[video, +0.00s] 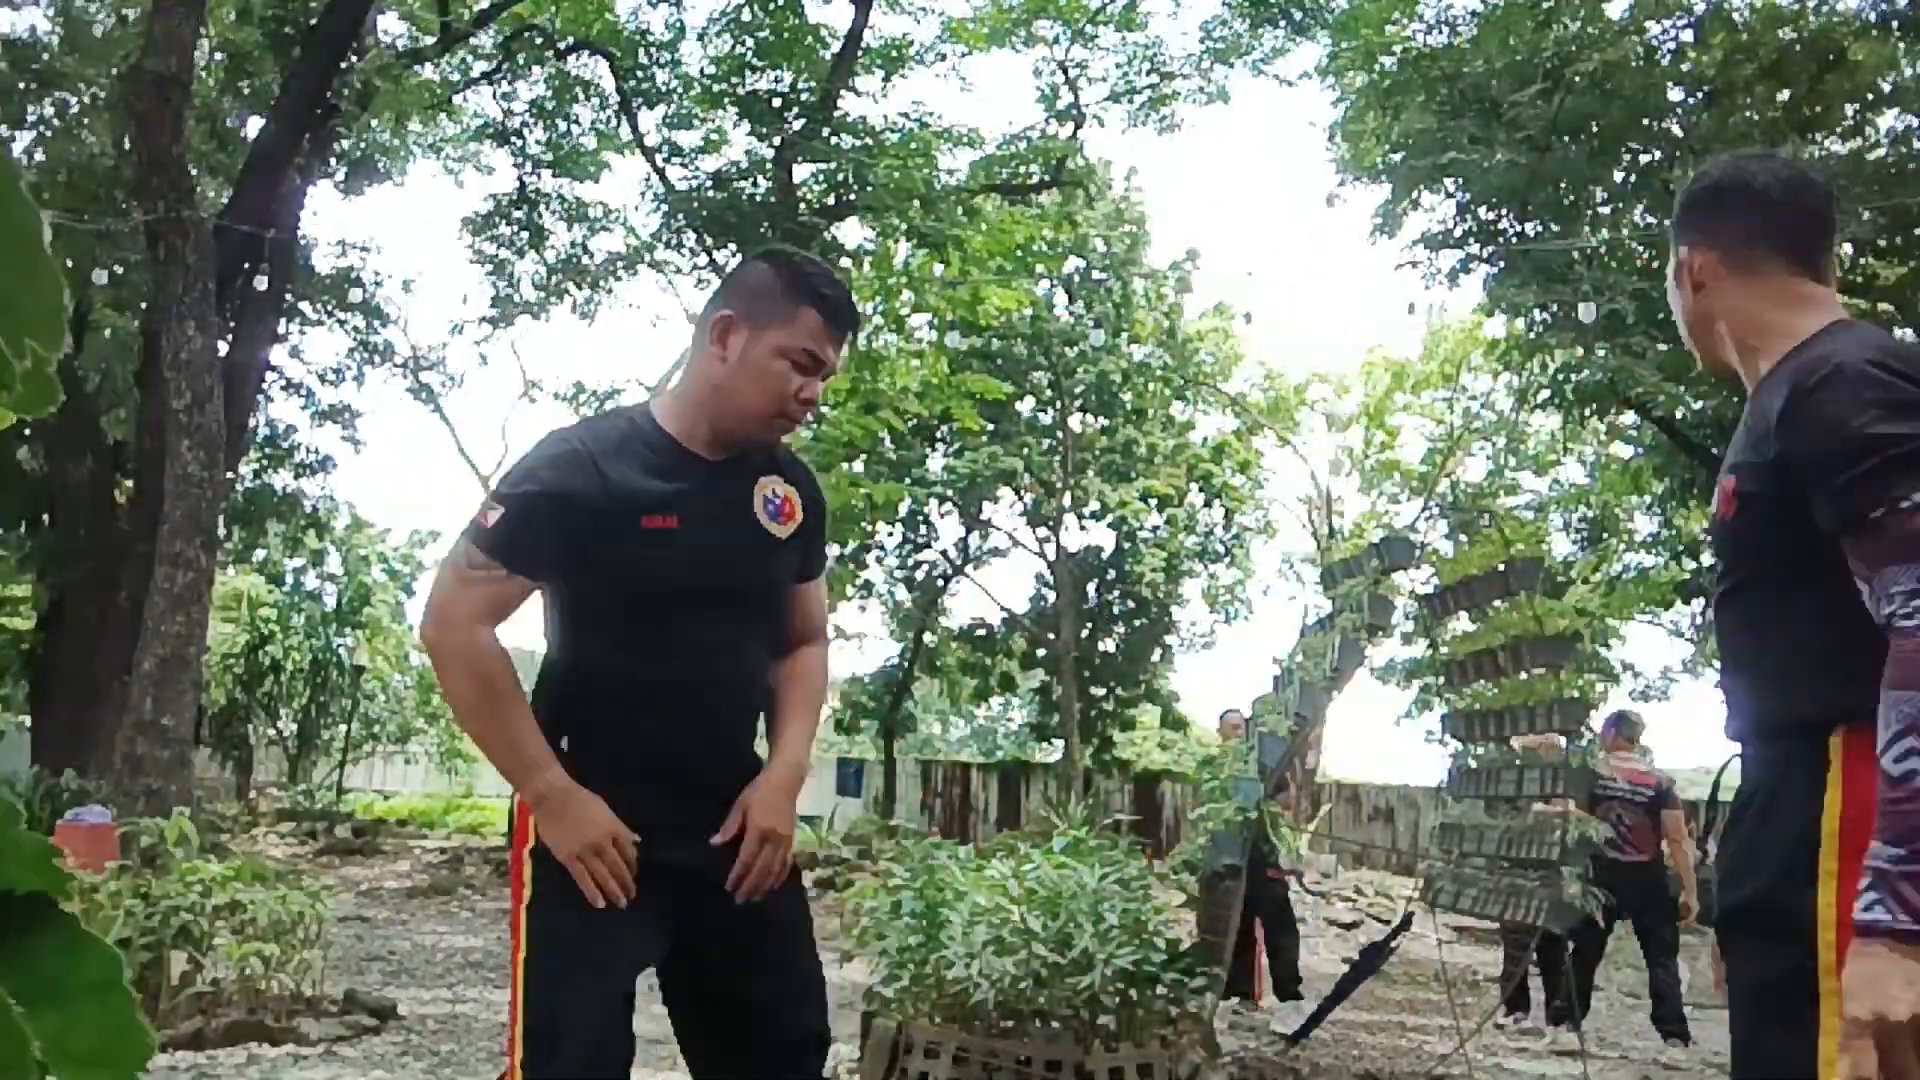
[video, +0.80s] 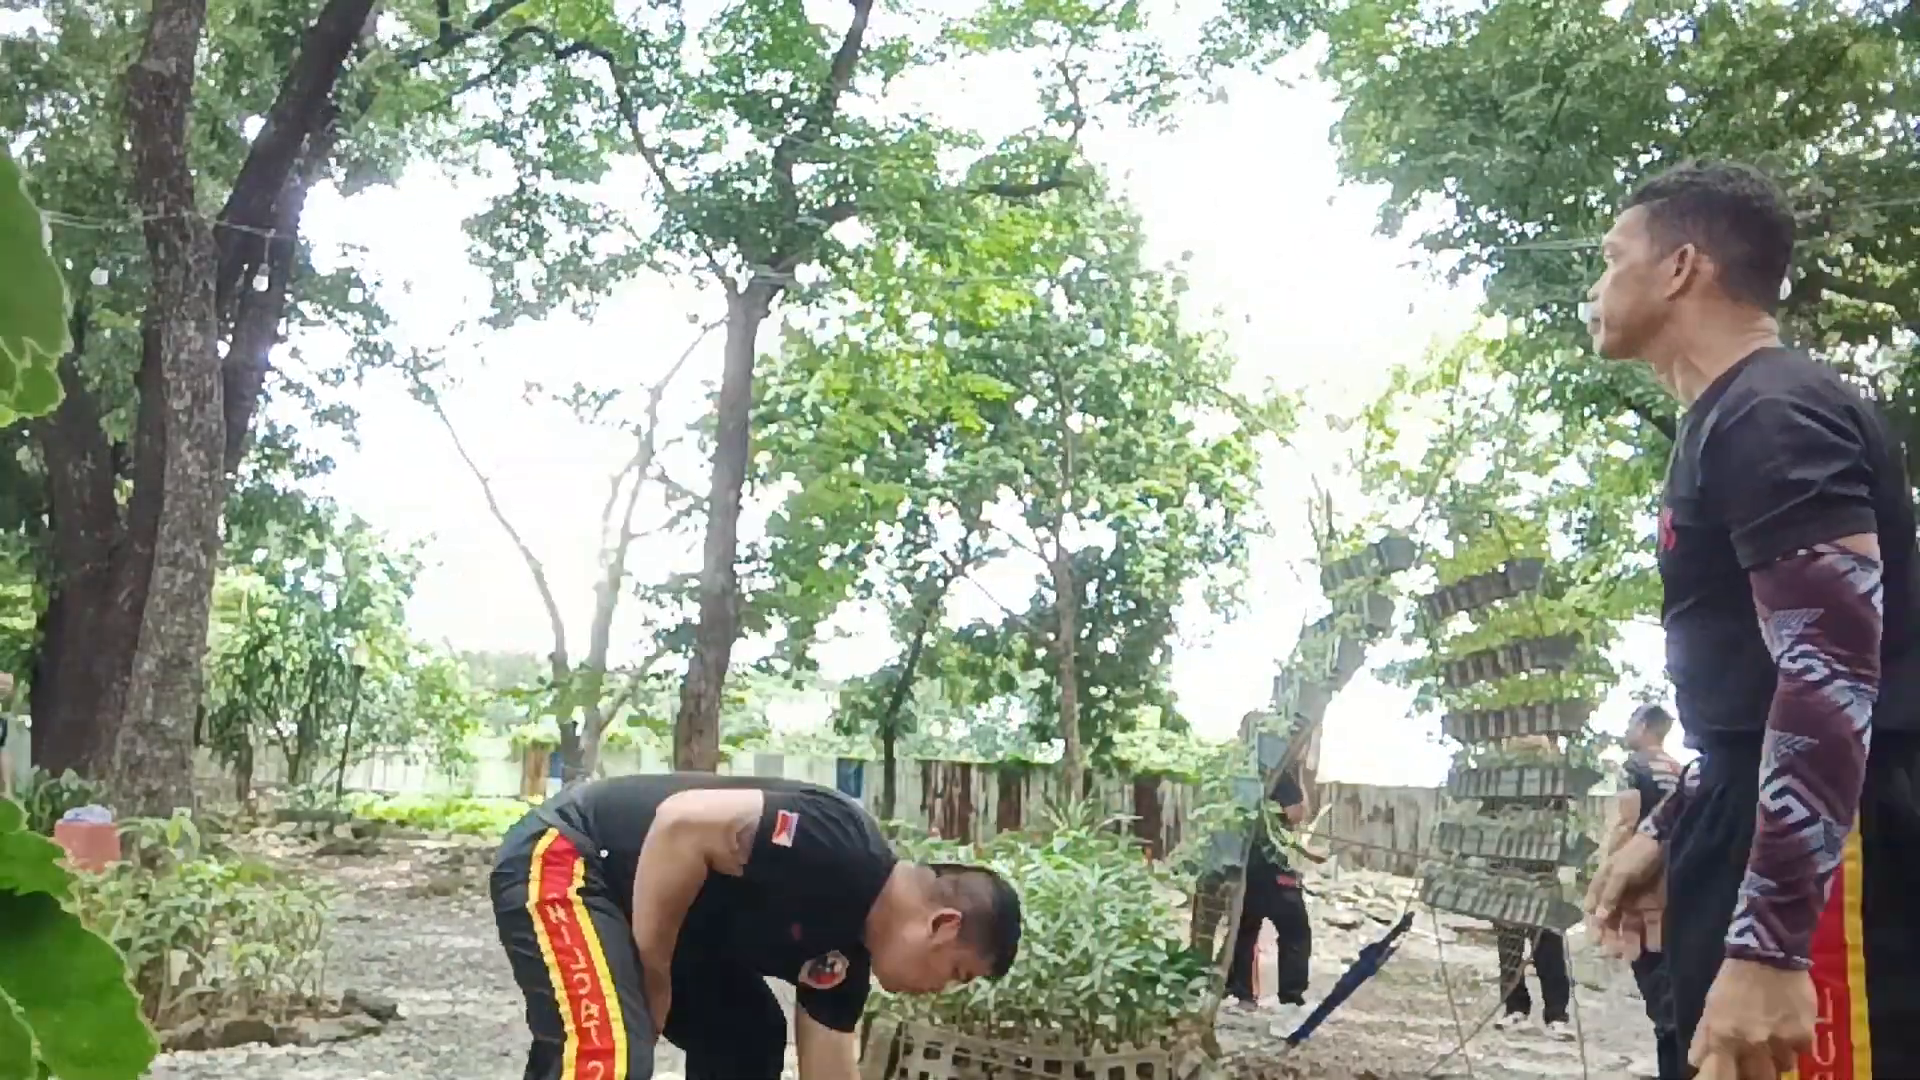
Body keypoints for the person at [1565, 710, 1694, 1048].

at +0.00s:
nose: (1600, 740)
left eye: (1603, 734)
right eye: (1602, 735)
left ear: (1612, 735)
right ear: (1638, 739)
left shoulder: (1590, 773)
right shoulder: (1659, 781)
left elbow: (1573, 822)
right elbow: (1676, 840)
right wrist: (1689, 890)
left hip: (1599, 872)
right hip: (1646, 876)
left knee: (1584, 952)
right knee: (1662, 959)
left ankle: (1568, 1022)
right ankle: (1674, 1036)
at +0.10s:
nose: (1607, 743)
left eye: (1610, 737)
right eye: (1609, 738)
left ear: (1621, 734)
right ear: (1645, 737)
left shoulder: (1599, 771)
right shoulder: (1669, 781)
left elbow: (1580, 825)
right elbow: (1684, 841)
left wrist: (1572, 871)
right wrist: (1696, 891)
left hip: (1608, 877)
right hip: (1655, 879)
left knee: (1587, 955)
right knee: (1668, 961)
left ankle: (1568, 1025)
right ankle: (1674, 1034)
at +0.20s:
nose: (1618, 740)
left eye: (1621, 734)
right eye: (1620, 734)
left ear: (1634, 734)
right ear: (1653, 738)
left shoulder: (1617, 773)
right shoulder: (1683, 780)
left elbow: (1591, 811)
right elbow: (1694, 828)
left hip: (1623, 870)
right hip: (1670, 871)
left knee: (1600, 941)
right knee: (1674, 950)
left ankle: (1574, 1012)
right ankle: (1676, 1033)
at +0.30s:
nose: (1624, 740)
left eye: (1629, 734)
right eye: (1627, 734)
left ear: (1644, 734)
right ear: (1660, 738)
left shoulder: (1624, 773)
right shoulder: (1691, 779)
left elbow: (1601, 815)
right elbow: (1704, 828)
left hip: (1628, 876)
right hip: (1678, 876)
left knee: (1602, 946)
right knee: (1676, 954)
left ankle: (1589, 1025)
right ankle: (1677, 1036)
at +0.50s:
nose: (1634, 739)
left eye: (1639, 731)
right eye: (1637, 731)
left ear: (1655, 733)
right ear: (1670, 736)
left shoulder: (1631, 771)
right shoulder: (1698, 780)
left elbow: (1616, 824)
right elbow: (1703, 840)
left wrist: (1595, 863)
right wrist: (1702, 886)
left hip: (1640, 878)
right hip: (1686, 881)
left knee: (1616, 942)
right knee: (1681, 962)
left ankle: (1639, 1022)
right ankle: (1678, 1039)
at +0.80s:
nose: (1626, 732)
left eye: (1631, 725)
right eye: (1629, 725)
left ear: (1645, 729)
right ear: (1661, 731)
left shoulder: (1634, 770)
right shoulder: (1680, 769)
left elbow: (1623, 831)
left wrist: (1605, 869)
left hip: (1645, 889)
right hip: (1680, 880)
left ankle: (1673, 1063)